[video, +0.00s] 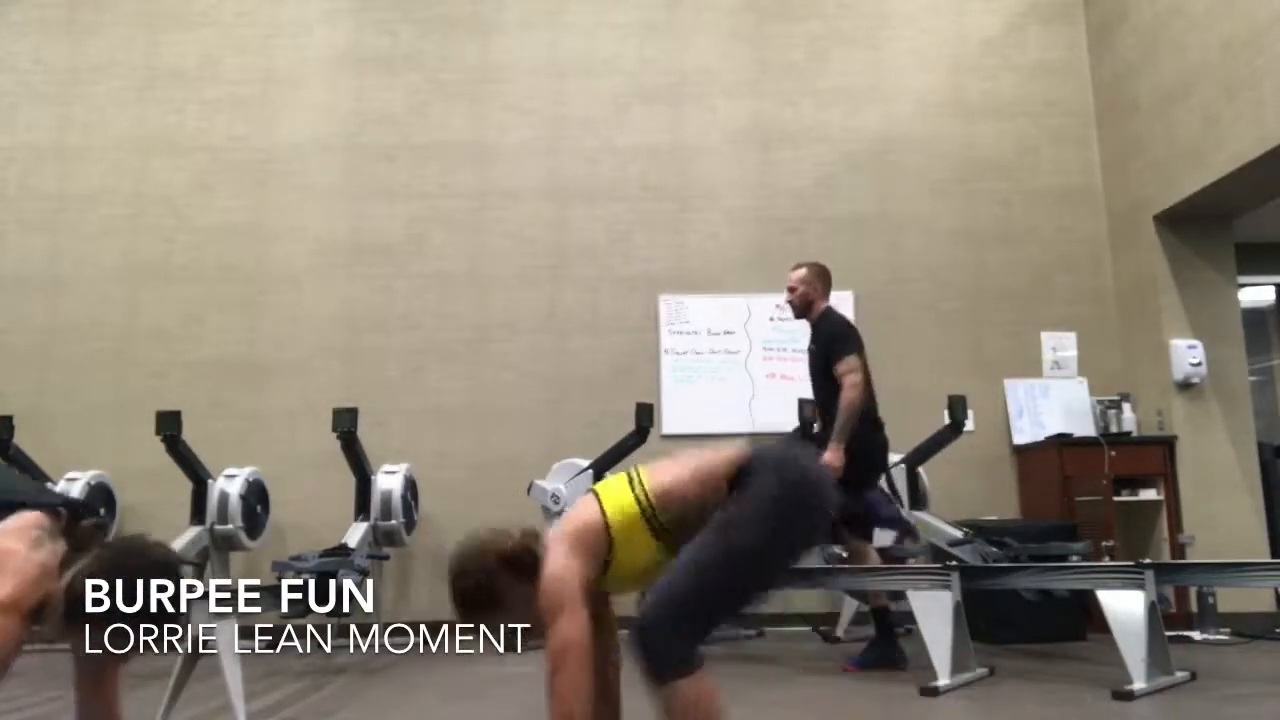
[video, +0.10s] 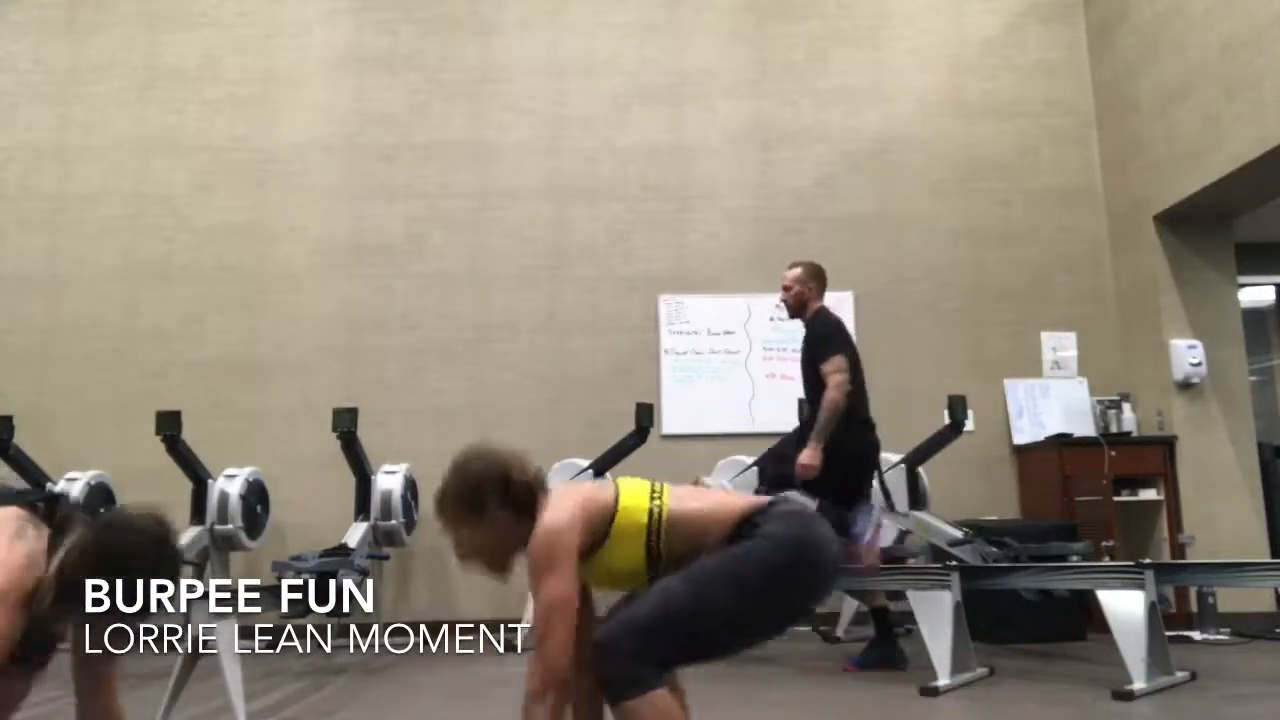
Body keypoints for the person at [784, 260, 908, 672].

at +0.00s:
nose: (788, 296)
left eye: (794, 289)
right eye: (788, 289)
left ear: (817, 292)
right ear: (808, 293)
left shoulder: (834, 328)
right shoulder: (820, 330)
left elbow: (854, 384)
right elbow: (835, 391)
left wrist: (836, 445)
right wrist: (827, 437)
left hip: (857, 445)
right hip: (848, 444)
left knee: (855, 541)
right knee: (853, 540)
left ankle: (886, 638)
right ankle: (884, 637)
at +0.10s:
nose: (782, 295)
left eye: (788, 288)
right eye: (783, 288)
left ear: (811, 291)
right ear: (808, 292)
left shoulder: (824, 327)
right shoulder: (820, 327)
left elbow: (839, 385)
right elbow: (832, 392)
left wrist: (815, 444)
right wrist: (810, 440)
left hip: (843, 450)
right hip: (848, 449)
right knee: (850, 547)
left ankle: (886, 638)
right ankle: (884, 638)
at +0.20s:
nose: (770, 297)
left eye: (775, 290)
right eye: (770, 290)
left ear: (798, 292)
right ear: (796, 293)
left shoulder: (811, 327)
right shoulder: (810, 327)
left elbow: (824, 387)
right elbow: (825, 393)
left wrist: (796, 445)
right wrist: (805, 444)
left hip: (833, 445)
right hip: (843, 443)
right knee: (849, 544)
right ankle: (884, 639)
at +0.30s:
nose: (750, 297)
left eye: (757, 290)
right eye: (751, 290)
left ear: (780, 294)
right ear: (777, 295)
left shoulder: (792, 331)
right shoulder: (791, 330)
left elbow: (808, 390)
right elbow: (810, 395)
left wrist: (783, 441)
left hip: (817, 449)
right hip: (833, 448)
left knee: (784, 544)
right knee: (847, 545)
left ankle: (769, 647)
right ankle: (884, 640)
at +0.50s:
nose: (704, 291)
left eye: (711, 284)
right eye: (705, 284)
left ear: (734, 288)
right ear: (728, 288)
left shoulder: (749, 329)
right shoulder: (740, 329)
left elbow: (774, 397)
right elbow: (751, 401)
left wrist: (758, 458)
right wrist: (743, 453)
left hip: (789, 444)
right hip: (796, 441)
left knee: (768, 545)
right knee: (820, 534)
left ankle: (765, 652)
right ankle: (869, 619)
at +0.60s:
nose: (687, 284)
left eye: (694, 277)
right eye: (689, 276)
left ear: (717, 281)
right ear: (714, 282)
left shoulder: (730, 325)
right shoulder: (727, 322)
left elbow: (754, 395)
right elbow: (734, 396)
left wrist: (750, 464)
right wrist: (712, 443)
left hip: (774, 437)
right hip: (780, 433)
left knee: (762, 547)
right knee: (795, 529)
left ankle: (766, 654)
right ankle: (853, 590)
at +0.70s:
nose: (676, 279)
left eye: (683, 273)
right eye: (677, 272)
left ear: (707, 277)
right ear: (701, 276)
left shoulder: (719, 322)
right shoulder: (710, 320)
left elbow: (740, 395)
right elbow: (722, 394)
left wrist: (732, 460)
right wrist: (692, 440)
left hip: (757, 442)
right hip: (752, 438)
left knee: (753, 548)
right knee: (750, 524)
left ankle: (765, 653)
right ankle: (811, 544)